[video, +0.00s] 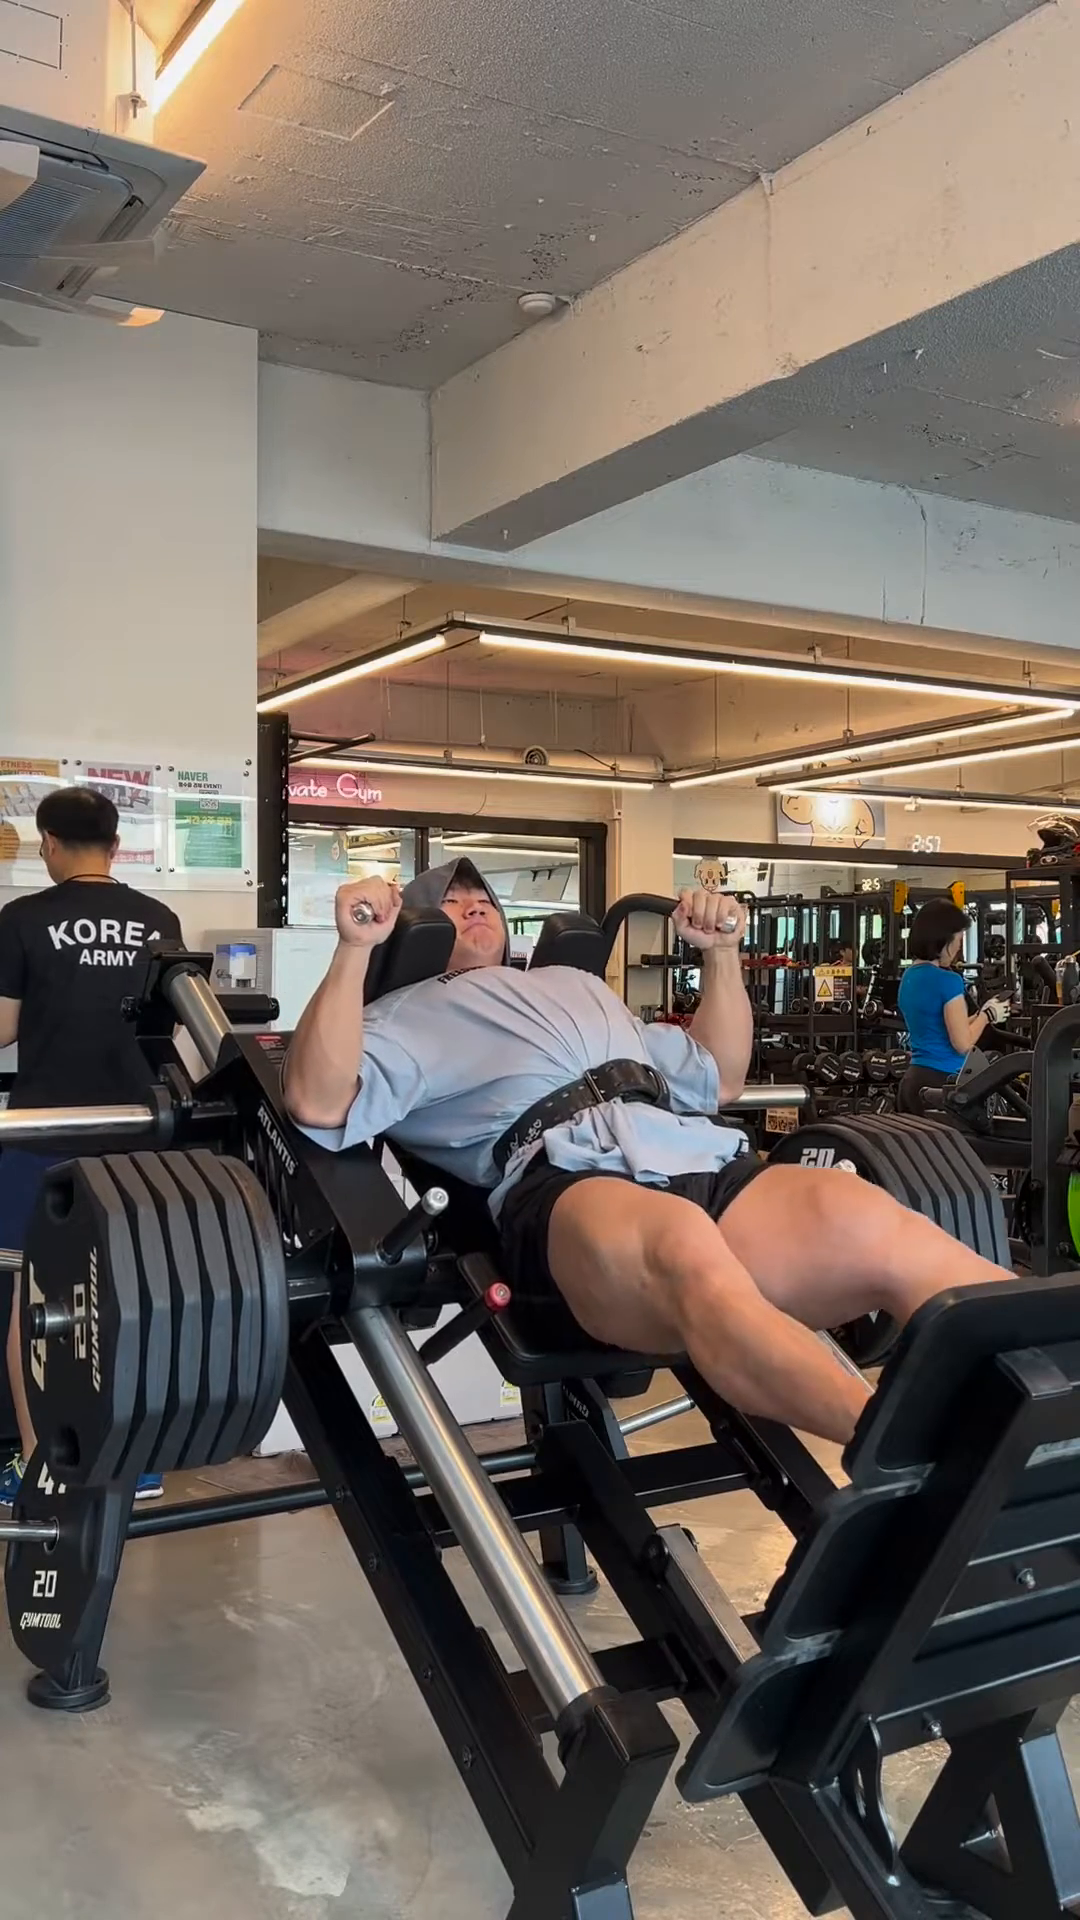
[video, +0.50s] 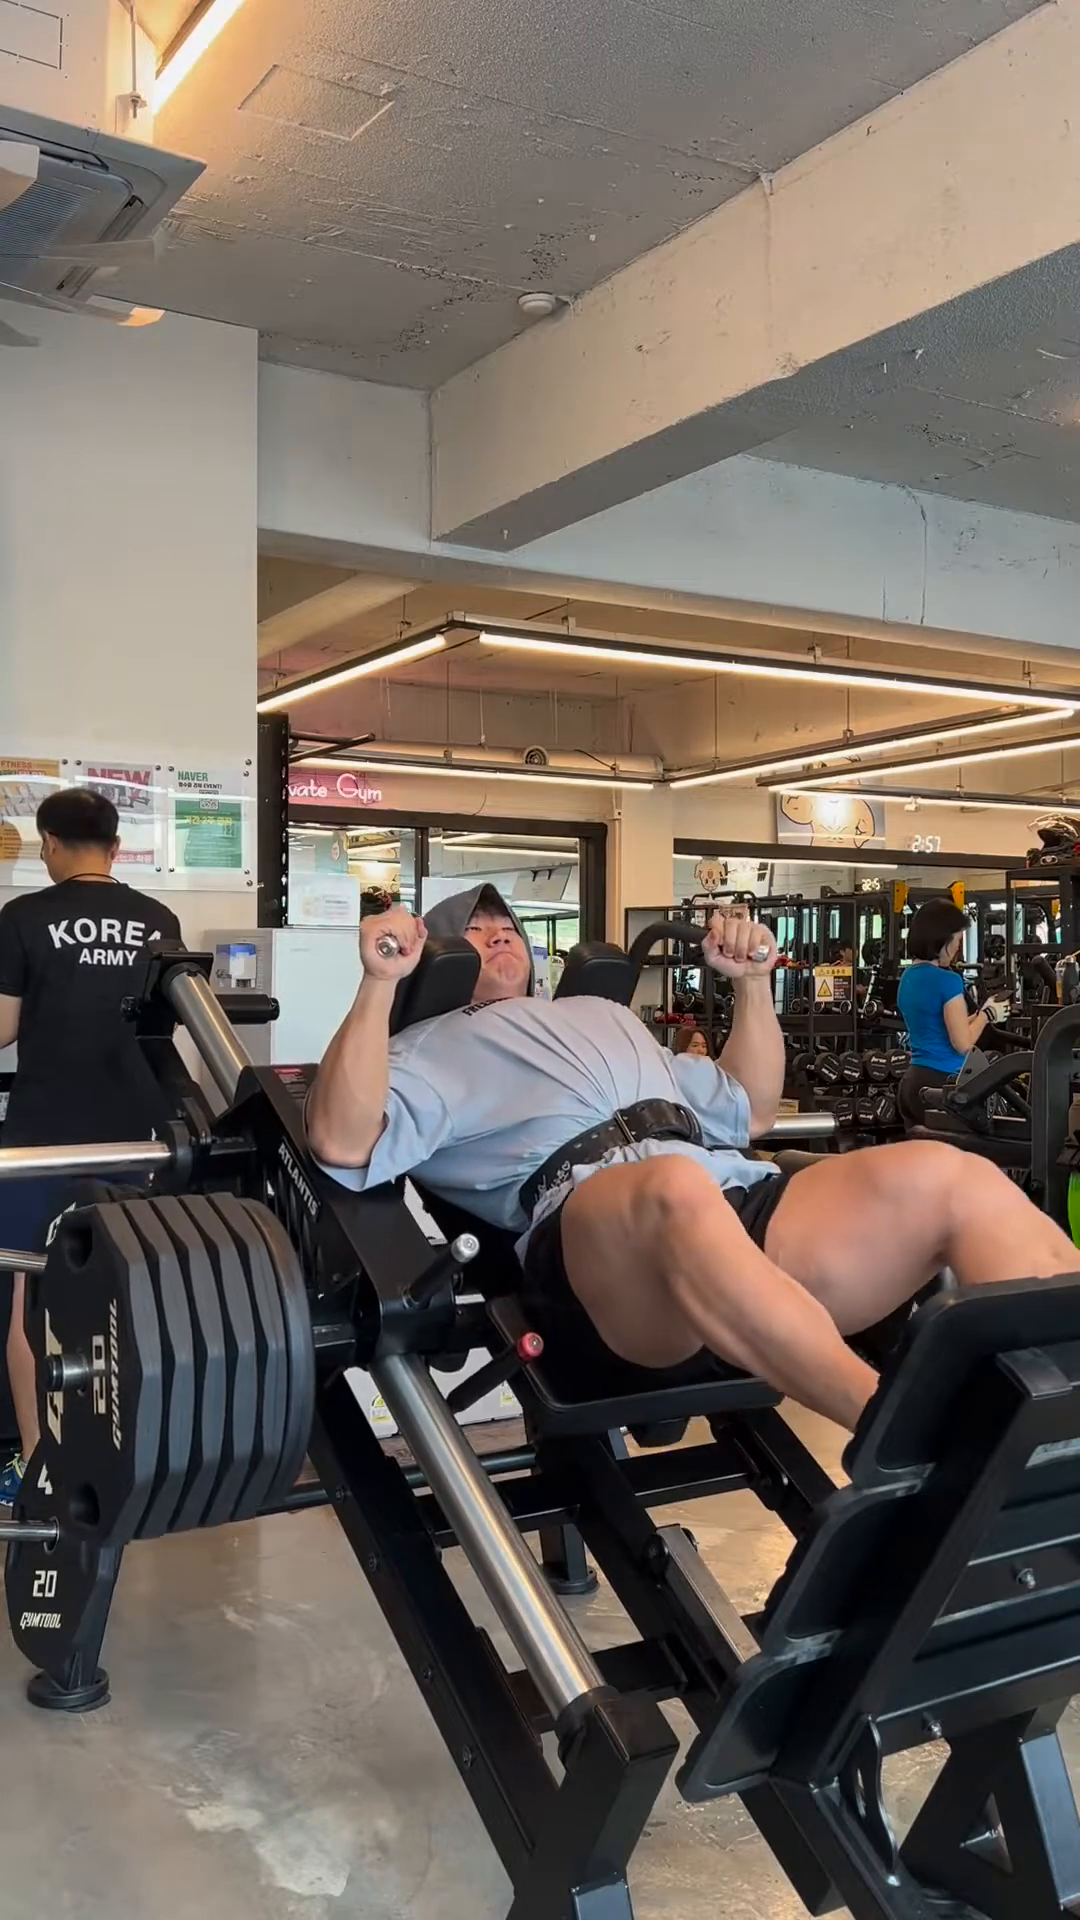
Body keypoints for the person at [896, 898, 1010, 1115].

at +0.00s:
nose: (960, 948)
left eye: (960, 941)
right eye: (959, 940)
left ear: (925, 935)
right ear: (945, 940)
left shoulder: (908, 977)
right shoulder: (948, 981)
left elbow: (930, 1033)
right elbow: (963, 1043)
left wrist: (976, 1015)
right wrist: (989, 1014)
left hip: (915, 1076)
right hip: (948, 1082)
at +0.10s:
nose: (959, 948)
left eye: (960, 940)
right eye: (958, 940)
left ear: (924, 935)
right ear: (945, 940)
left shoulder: (908, 978)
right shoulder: (948, 981)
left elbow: (932, 1033)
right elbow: (963, 1043)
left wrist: (977, 1015)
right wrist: (989, 1015)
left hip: (914, 1077)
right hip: (947, 1083)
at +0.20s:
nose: (959, 948)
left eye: (960, 940)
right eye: (958, 940)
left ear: (924, 936)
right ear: (945, 940)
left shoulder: (908, 978)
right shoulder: (948, 981)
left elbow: (931, 1034)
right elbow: (963, 1043)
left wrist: (975, 1015)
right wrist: (988, 1015)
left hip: (914, 1077)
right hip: (946, 1084)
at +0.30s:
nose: (960, 946)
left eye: (960, 939)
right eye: (958, 939)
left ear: (923, 935)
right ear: (946, 940)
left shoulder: (907, 978)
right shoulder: (948, 981)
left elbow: (930, 1034)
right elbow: (963, 1043)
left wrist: (975, 1014)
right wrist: (987, 1014)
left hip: (914, 1077)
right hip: (946, 1084)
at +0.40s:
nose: (959, 947)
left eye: (960, 940)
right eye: (958, 939)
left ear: (924, 936)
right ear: (945, 940)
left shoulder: (907, 978)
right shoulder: (948, 981)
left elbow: (931, 1034)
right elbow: (963, 1043)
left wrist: (976, 1013)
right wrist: (987, 1014)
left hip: (914, 1078)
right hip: (947, 1084)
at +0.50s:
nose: (959, 946)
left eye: (960, 939)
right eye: (958, 939)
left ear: (924, 936)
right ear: (944, 940)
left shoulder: (907, 978)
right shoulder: (948, 981)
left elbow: (929, 1034)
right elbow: (963, 1043)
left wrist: (973, 1013)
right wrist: (987, 1014)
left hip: (914, 1078)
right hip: (946, 1084)